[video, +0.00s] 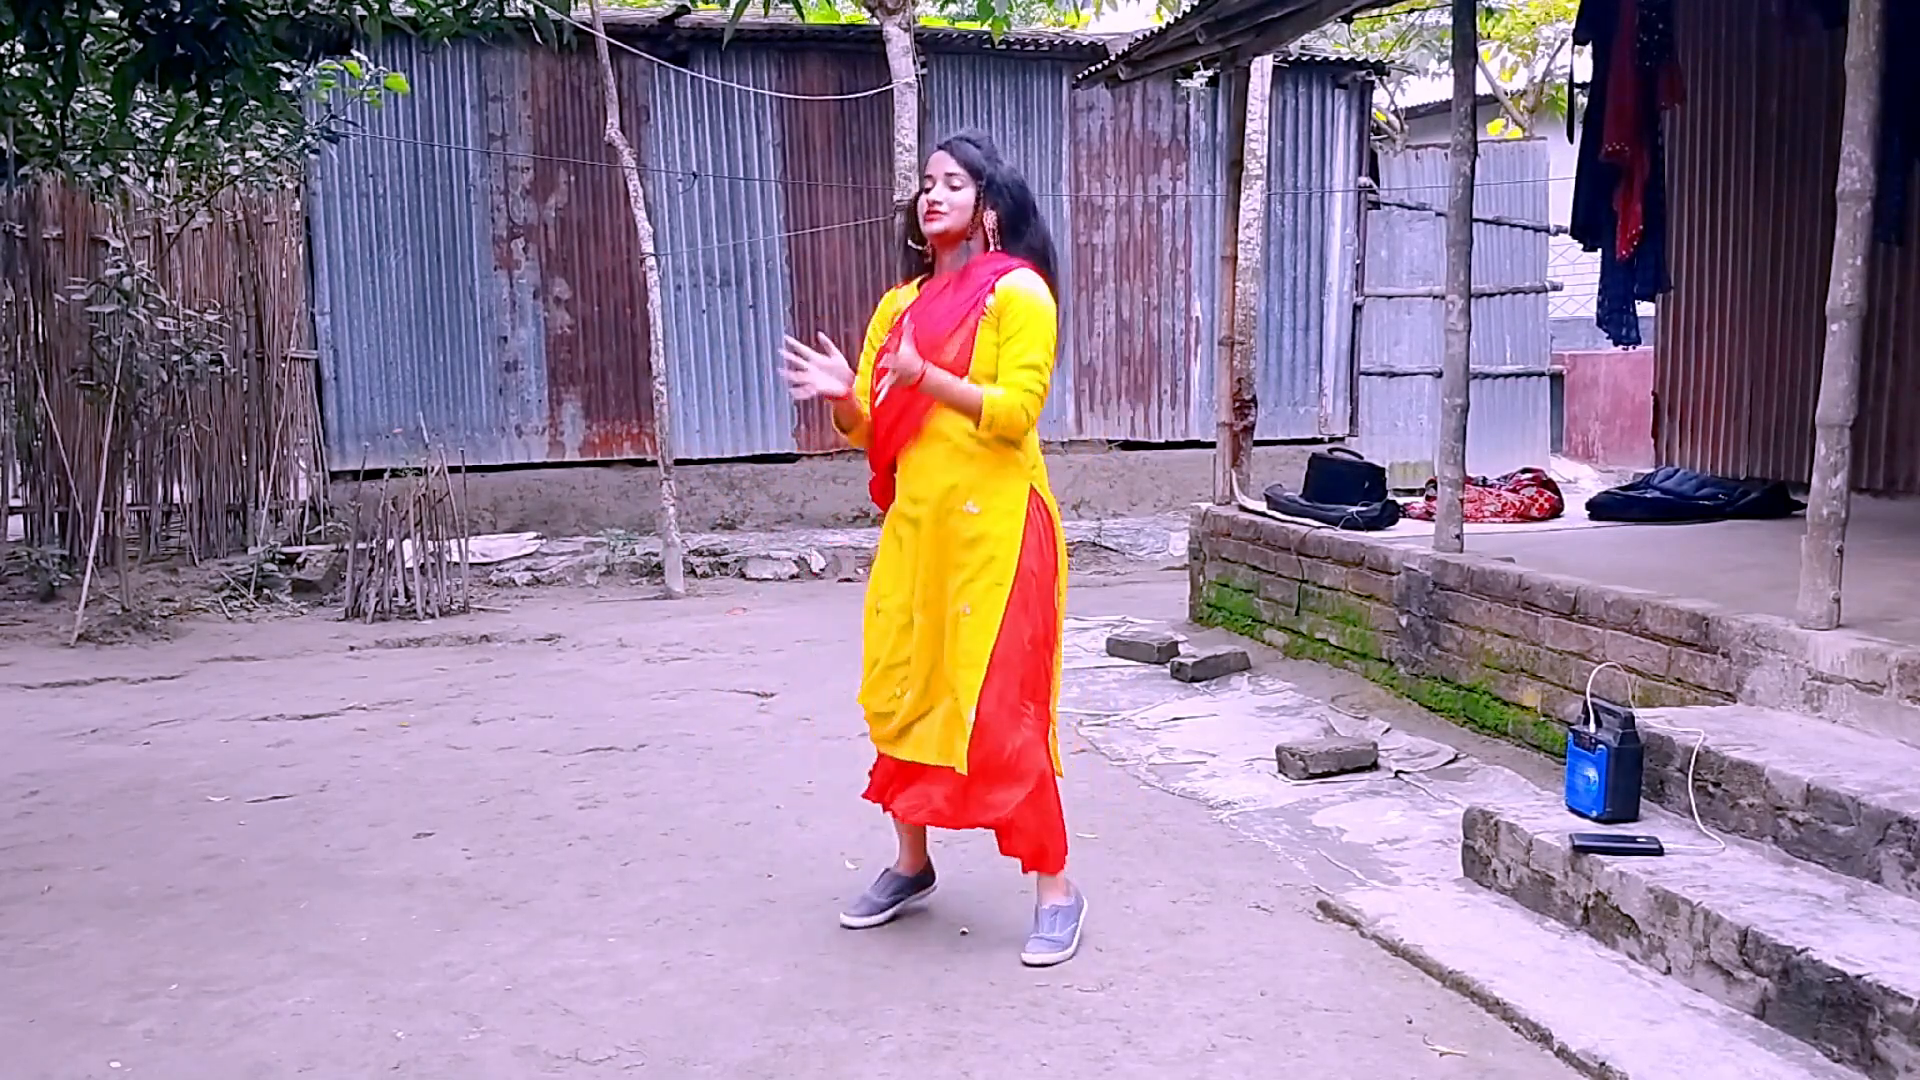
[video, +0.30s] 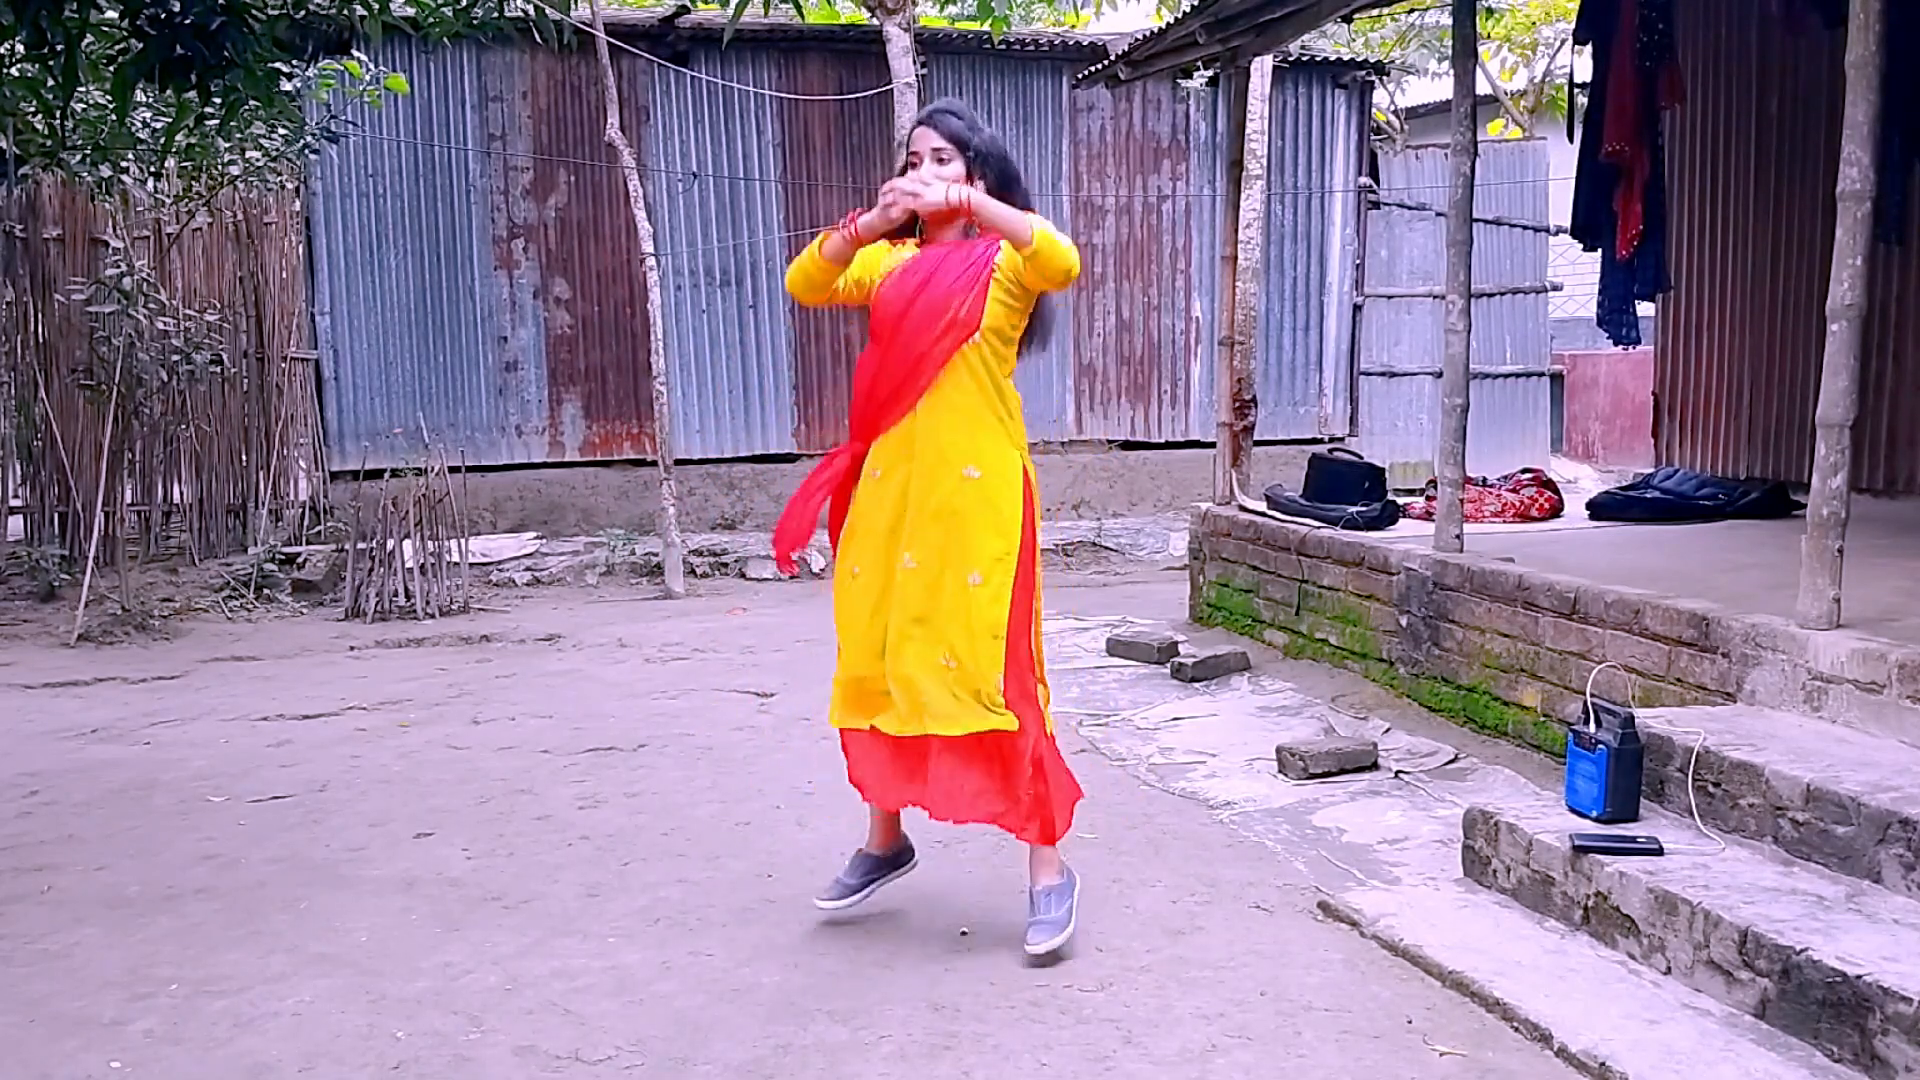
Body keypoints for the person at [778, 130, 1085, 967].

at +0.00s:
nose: (932, 195)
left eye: (950, 183)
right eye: (926, 185)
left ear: (989, 201)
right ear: (918, 206)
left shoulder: (1020, 292)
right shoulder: (896, 305)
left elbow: (1016, 413)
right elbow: (870, 432)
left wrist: (925, 375)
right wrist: (844, 395)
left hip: (1001, 520)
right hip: (914, 520)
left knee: (1000, 700)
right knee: (897, 687)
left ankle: (1052, 889)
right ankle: (913, 863)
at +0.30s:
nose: (920, 173)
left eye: (940, 157)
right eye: (911, 160)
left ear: (981, 175)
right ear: (901, 179)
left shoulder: (1008, 259)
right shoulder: (886, 264)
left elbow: (1062, 262)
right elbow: (804, 282)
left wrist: (975, 201)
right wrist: (869, 221)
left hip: (978, 482)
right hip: (888, 481)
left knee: (997, 671)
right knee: (867, 659)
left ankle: (1047, 867)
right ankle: (886, 839)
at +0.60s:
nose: (914, 315)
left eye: (927, 300)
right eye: (902, 302)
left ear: (959, 300)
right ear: (891, 310)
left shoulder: (982, 391)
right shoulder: (869, 381)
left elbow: (1005, 382)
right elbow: (843, 374)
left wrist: (999, 349)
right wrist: (897, 333)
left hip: (977, 570)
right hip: (892, 576)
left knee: (994, 738)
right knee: (842, 726)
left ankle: (1050, 899)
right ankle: (851, 874)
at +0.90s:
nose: (906, 288)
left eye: (919, 271)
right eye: (892, 277)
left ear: (953, 270)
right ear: (882, 287)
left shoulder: (1002, 361)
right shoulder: (864, 360)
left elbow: (981, 451)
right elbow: (784, 433)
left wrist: (875, 501)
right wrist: (773, 502)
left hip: (936, 579)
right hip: (844, 575)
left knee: (974, 734)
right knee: (836, 721)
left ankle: (1047, 899)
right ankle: (856, 872)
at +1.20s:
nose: (915, 328)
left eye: (930, 311)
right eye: (903, 312)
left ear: (963, 313)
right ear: (892, 318)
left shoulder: (997, 369)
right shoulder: (906, 400)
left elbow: (910, 392)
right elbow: (851, 437)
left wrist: (782, 406)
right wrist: (762, 440)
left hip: (983, 603)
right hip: (906, 599)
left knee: (940, 778)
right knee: (840, 732)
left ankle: (1040, 904)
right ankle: (861, 879)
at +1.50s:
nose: (943, 314)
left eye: (956, 297)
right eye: (930, 300)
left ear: (991, 299)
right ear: (919, 306)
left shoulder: (1026, 376)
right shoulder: (904, 372)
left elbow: (1109, 388)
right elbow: (854, 404)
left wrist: (1019, 394)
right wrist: (928, 409)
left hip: (1015, 577)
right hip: (926, 582)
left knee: (1032, 733)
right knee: (870, 727)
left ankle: (1051, 900)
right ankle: (873, 876)